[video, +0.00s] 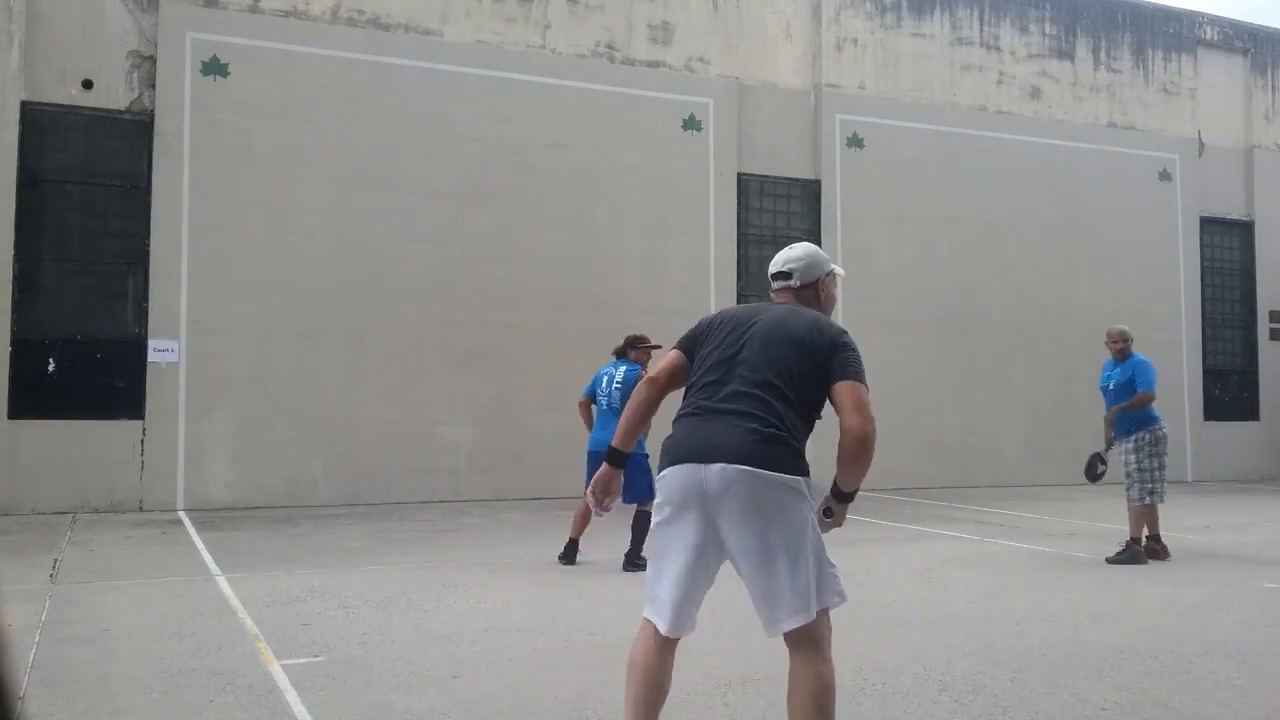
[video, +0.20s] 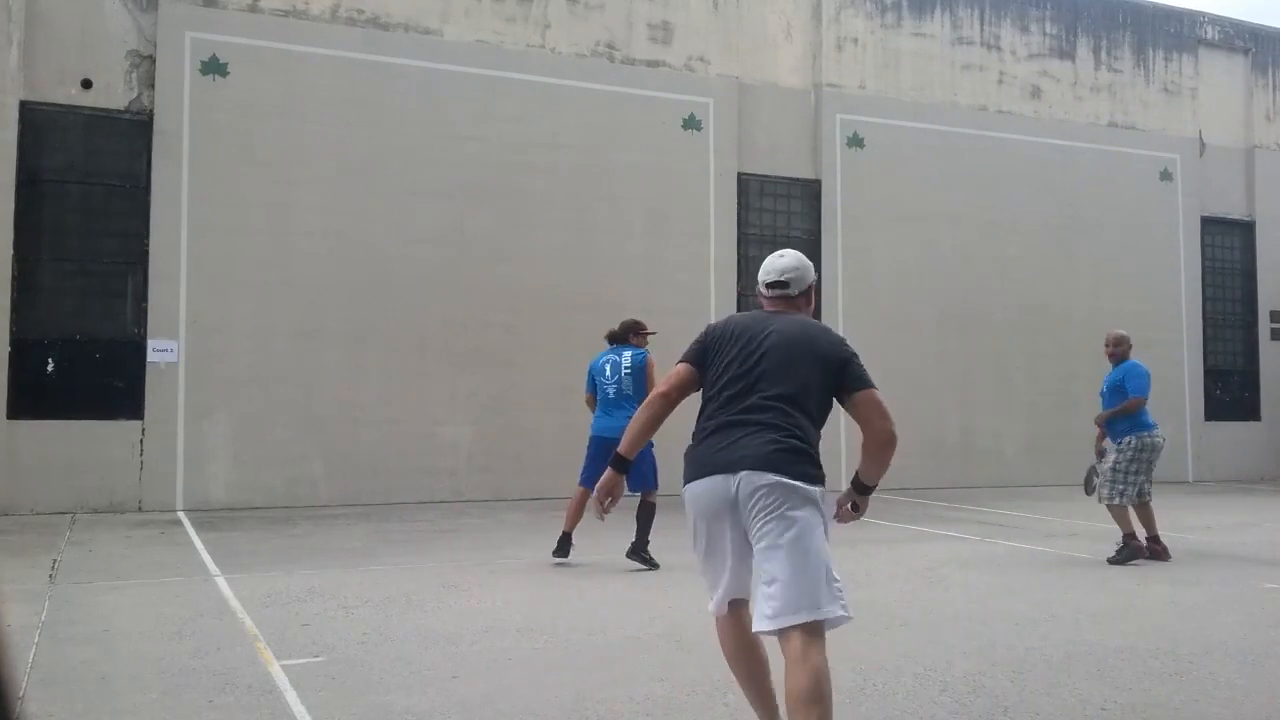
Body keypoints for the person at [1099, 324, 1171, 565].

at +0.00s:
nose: (1117, 346)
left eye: (1121, 342)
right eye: (1112, 342)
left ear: (1130, 342)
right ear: (1107, 345)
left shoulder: (1140, 364)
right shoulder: (1108, 368)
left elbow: (1148, 395)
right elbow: (1110, 405)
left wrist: (1117, 410)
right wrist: (1109, 433)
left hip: (1146, 433)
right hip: (1129, 436)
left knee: (1136, 489)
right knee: (1145, 489)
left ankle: (1134, 546)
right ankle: (1155, 542)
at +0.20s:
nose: (1111, 350)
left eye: (1116, 346)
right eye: (1107, 346)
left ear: (1129, 348)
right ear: (1104, 349)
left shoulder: (1134, 369)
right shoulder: (1112, 376)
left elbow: (1138, 401)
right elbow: (1111, 413)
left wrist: (1107, 415)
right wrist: (1100, 440)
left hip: (1138, 439)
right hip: (1133, 440)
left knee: (1109, 490)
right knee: (1138, 491)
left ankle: (1132, 542)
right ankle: (1155, 544)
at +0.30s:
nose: (1095, 356)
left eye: (1099, 352)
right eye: (1095, 351)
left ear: (1114, 355)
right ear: (1112, 356)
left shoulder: (1119, 375)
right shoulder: (1115, 377)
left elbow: (1122, 410)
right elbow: (1115, 422)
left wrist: (1099, 433)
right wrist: (1098, 448)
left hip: (1134, 443)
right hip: (1148, 442)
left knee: (1098, 493)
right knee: (1132, 494)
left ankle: (1124, 544)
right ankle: (1154, 545)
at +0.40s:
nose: (1084, 364)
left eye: (1088, 360)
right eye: (1085, 359)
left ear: (1099, 363)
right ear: (1106, 364)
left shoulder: (1104, 386)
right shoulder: (1117, 381)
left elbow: (1100, 429)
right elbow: (1110, 425)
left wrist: (1086, 452)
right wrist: (1092, 449)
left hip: (1129, 450)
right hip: (1147, 447)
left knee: (1089, 495)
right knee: (1133, 496)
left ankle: (1102, 548)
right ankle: (1154, 546)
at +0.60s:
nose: (1058, 352)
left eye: (1061, 348)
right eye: (1058, 348)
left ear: (1074, 350)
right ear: (1079, 350)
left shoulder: (1077, 374)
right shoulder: (1095, 367)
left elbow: (1075, 416)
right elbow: (1093, 409)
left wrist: (1056, 432)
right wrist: (1072, 431)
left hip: (1105, 443)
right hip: (1127, 436)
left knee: (1079, 495)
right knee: (1124, 490)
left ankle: (1095, 551)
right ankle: (1139, 545)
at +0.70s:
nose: (1048, 344)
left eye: (1052, 339)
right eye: (1048, 339)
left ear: (1066, 341)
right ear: (1071, 340)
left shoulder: (1070, 364)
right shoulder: (1086, 358)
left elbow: (1074, 402)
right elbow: (1088, 404)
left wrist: (1054, 421)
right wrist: (1064, 423)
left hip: (1094, 433)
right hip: (1116, 429)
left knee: (1070, 491)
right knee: (1103, 490)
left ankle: (1091, 545)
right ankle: (1116, 545)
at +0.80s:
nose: (1040, 346)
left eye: (1044, 341)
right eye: (1040, 341)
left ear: (1058, 342)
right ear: (1062, 342)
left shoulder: (1064, 365)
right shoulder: (1079, 361)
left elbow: (1070, 404)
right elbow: (1080, 408)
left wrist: (1045, 421)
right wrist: (1054, 425)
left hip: (1082, 435)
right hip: (1104, 433)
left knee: (1052, 490)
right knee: (1087, 494)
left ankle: (1068, 549)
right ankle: (1100, 551)